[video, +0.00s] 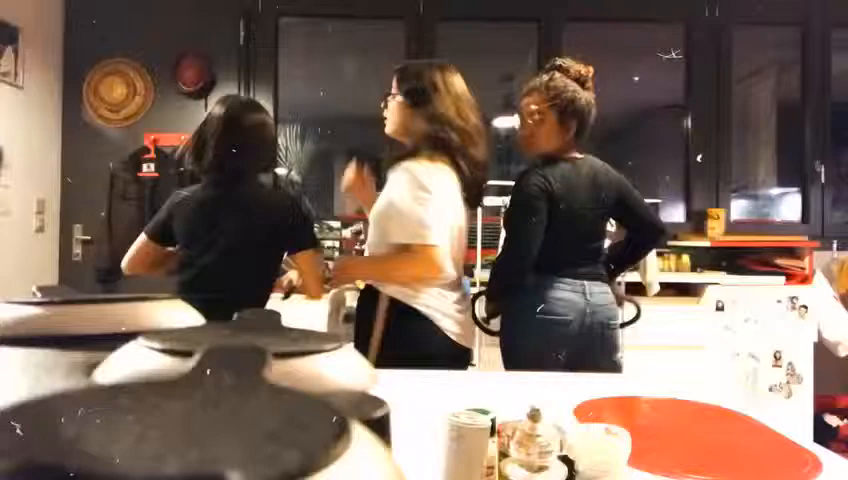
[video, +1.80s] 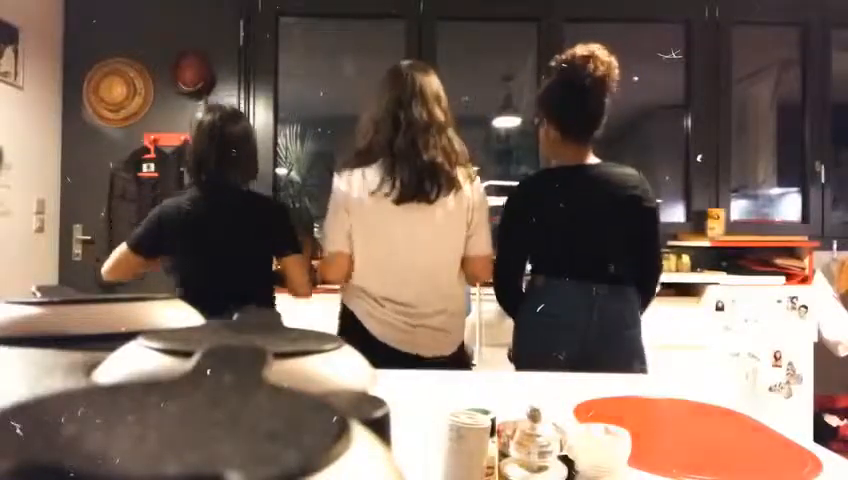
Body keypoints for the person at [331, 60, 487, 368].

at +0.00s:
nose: (384, 105)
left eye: (393, 96)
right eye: (388, 96)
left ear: (422, 105)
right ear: (421, 107)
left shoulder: (413, 174)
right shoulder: (443, 173)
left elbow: (430, 262)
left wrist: (355, 268)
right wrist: (370, 201)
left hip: (409, 329)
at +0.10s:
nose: (383, 109)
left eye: (390, 99)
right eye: (387, 98)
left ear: (403, 109)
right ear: (450, 108)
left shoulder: (396, 171)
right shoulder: (447, 174)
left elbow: (407, 258)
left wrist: (340, 274)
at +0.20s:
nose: (373, 113)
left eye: (379, 103)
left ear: (391, 107)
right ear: (449, 103)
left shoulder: (371, 168)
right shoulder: (466, 167)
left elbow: (370, 260)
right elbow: (463, 254)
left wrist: (335, 278)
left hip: (389, 325)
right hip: (452, 327)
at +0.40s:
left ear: (366, 109)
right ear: (435, 107)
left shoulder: (353, 176)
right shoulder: (464, 174)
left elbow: (342, 269)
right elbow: (480, 260)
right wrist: (435, 260)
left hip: (380, 334)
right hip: (452, 336)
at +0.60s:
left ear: (372, 111)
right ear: (432, 112)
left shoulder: (351, 184)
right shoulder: (463, 180)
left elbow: (335, 276)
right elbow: (475, 270)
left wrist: (377, 277)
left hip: (374, 345)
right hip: (448, 346)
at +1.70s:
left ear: (379, 121)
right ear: (441, 118)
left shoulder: (355, 191)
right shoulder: (466, 191)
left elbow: (331, 279)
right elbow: (479, 276)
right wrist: (434, 266)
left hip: (368, 349)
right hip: (440, 352)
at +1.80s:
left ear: (380, 112)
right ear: (442, 111)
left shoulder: (351, 181)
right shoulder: (467, 185)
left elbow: (335, 272)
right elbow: (481, 271)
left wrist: (321, 266)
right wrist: (441, 256)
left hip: (369, 345)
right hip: (442, 348)